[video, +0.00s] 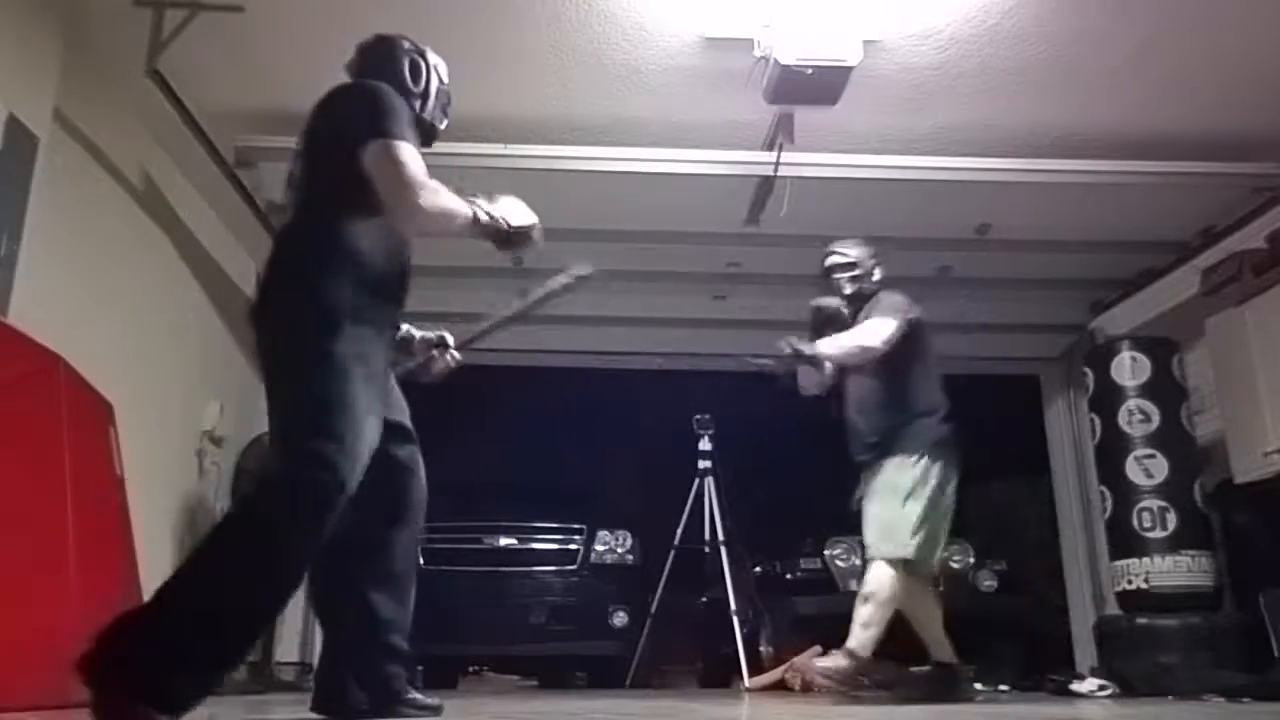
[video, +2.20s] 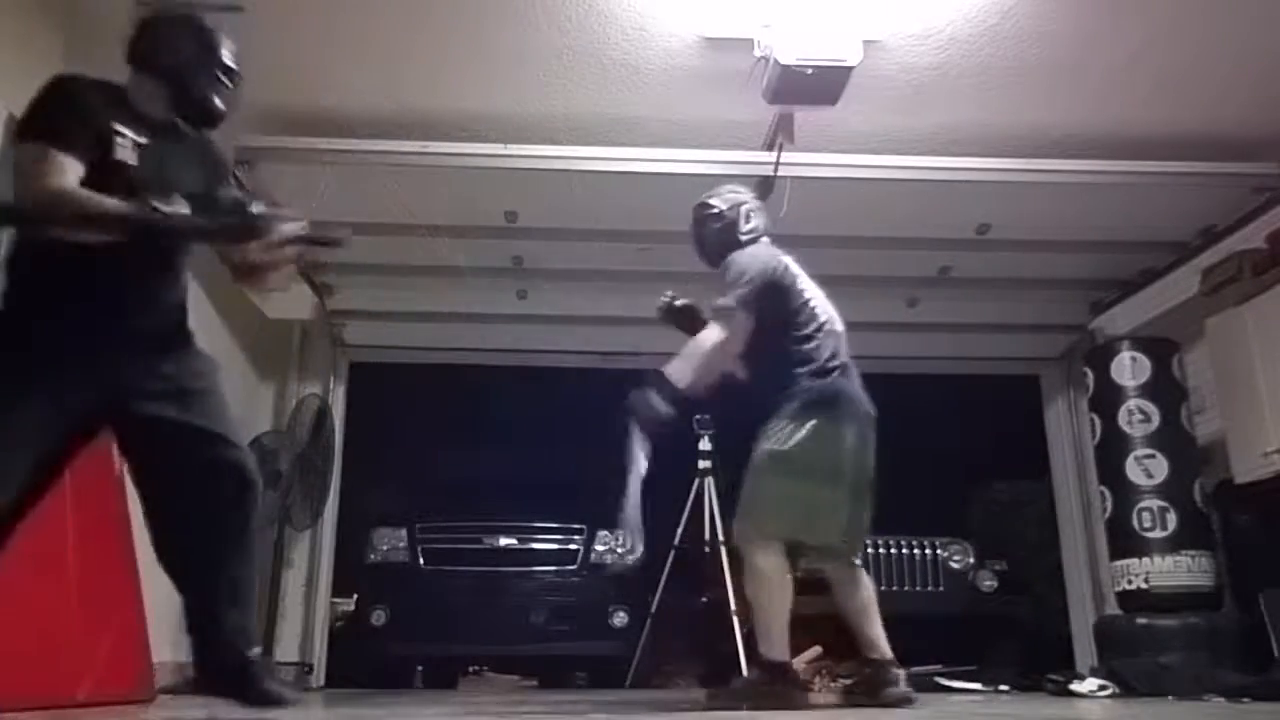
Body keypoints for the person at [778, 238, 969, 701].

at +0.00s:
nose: (841, 279)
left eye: (850, 269)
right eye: (833, 272)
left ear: (874, 269)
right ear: (828, 278)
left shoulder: (894, 303)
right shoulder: (838, 322)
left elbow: (871, 342)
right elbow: (818, 382)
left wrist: (812, 350)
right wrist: (799, 361)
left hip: (917, 448)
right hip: (881, 456)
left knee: (887, 550)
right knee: (902, 563)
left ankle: (854, 655)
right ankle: (947, 664)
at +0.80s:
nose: (789, 264)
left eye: (799, 254)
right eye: (779, 255)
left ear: (819, 259)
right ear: (767, 262)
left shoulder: (837, 306)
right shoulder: (770, 313)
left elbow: (808, 350)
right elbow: (739, 376)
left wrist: (733, 336)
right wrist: (745, 331)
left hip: (842, 443)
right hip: (805, 446)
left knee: (803, 549)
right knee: (825, 573)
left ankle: (794, 667)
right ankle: (910, 645)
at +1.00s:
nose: (777, 263)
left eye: (787, 252)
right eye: (767, 254)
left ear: (809, 257)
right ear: (755, 263)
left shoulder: (830, 308)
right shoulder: (762, 318)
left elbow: (836, 366)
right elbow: (738, 353)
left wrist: (777, 361)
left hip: (823, 442)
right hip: (786, 446)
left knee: (767, 515)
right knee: (807, 574)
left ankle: (776, 659)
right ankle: (880, 660)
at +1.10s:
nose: (767, 263)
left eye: (778, 253)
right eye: (757, 254)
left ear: (801, 260)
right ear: (746, 262)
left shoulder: (825, 316)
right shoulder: (745, 320)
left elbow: (847, 381)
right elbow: (697, 338)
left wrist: (819, 419)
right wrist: (656, 308)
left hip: (811, 448)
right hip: (772, 450)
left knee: (751, 523)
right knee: (802, 569)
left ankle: (738, 664)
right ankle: (882, 661)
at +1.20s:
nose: (747, 253)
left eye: (759, 244)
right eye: (740, 245)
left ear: (784, 255)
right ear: (731, 255)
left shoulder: (800, 310)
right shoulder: (737, 317)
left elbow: (808, 375)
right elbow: (679, 339)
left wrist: (792, 414)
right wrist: (628, 307)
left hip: (798, 449)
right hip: (763, 453)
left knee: (744, 535)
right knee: (799, 571)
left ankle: (714, 668)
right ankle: (884, 663)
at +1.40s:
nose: (710, 238)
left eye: (721, 229)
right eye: (703, 231)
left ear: (745, 237)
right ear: (694, 244)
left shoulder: (751, 285)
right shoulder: (727, 293)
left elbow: (690, 319)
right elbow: (684, 353)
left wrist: (634, 306)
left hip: (785, 432)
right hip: (772, 435)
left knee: (720, 533)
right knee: (762, 571)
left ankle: (711, 671)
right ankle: (864, 646)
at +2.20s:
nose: (700, 229)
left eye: (711, 217)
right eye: (697, 221)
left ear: (748, 219)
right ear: (755, 228)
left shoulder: (752, 260)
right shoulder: (778, 266)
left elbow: (724, 335)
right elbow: (753, 361)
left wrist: (666, 386)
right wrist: (697, 328)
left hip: (811, 409)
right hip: (853, 413)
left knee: (758, 535)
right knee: (837, 550)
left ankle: (774, 671)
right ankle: (884, 669)